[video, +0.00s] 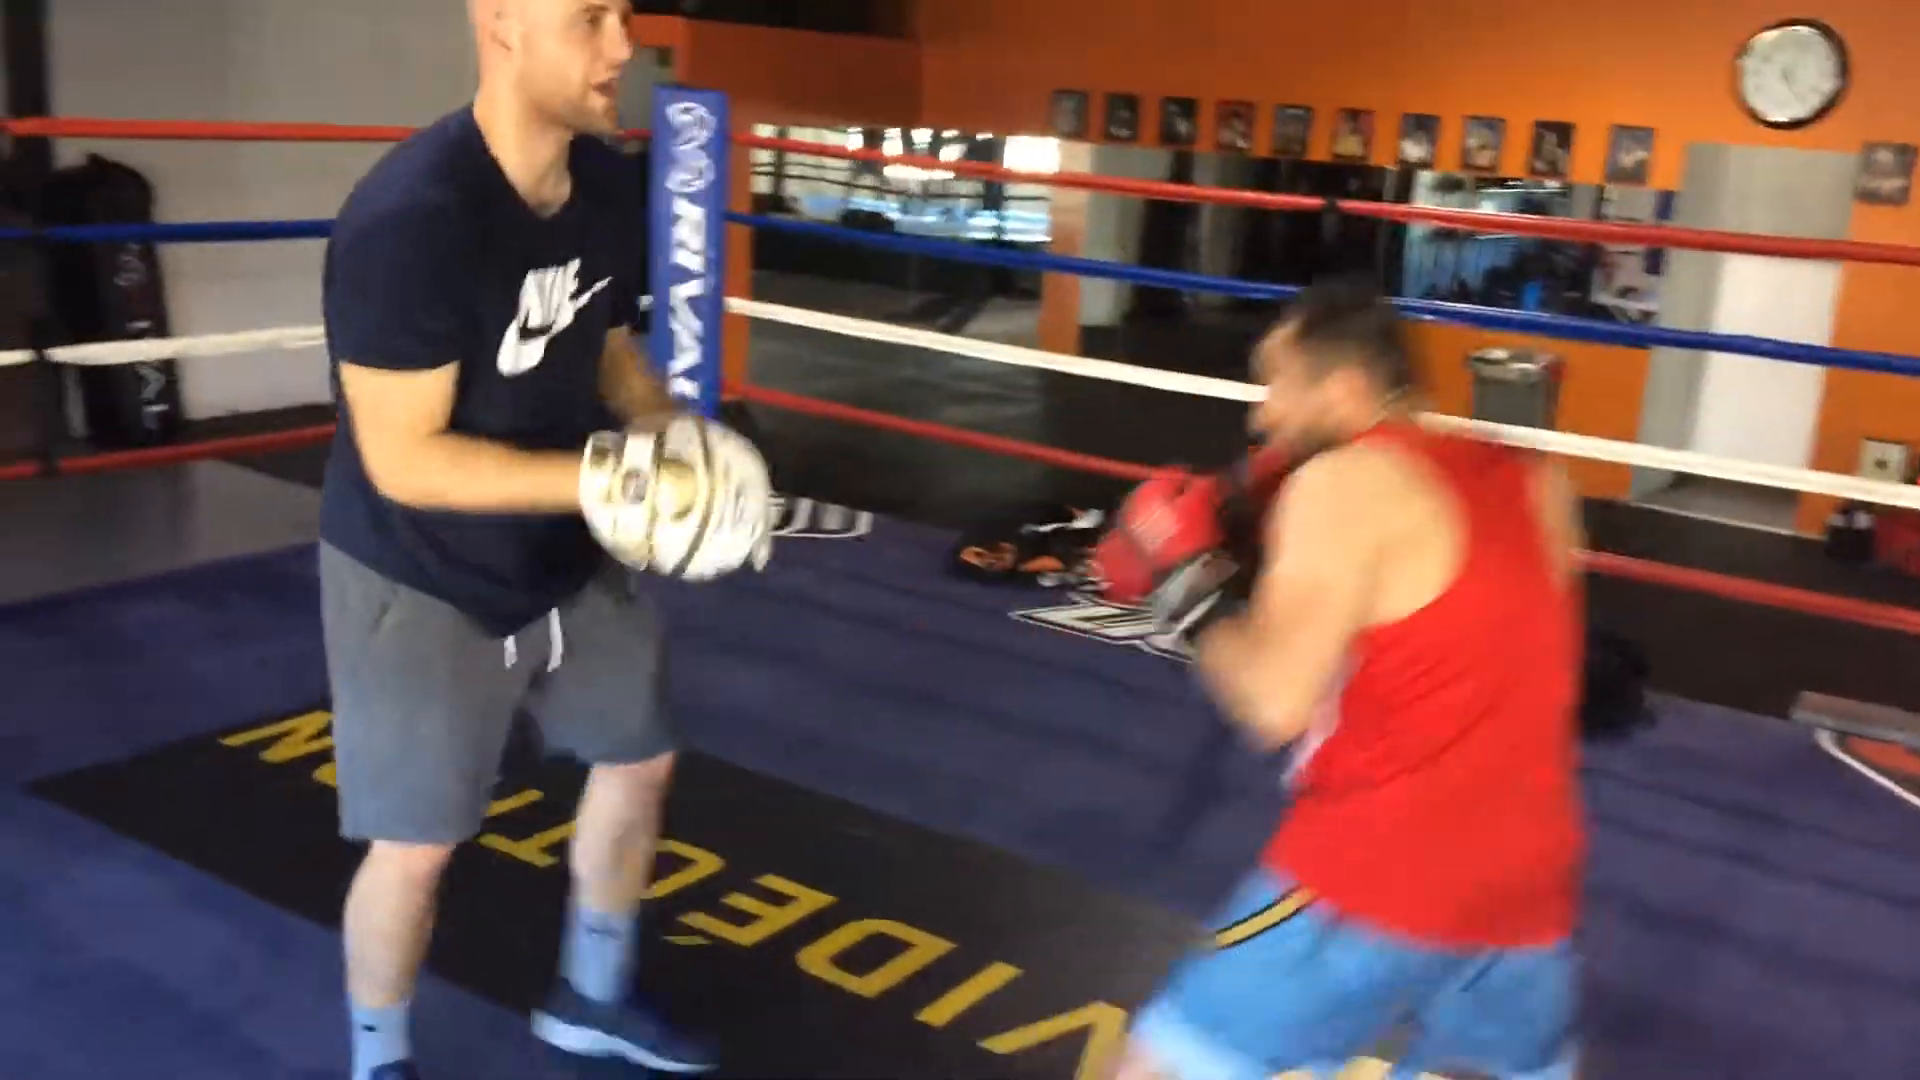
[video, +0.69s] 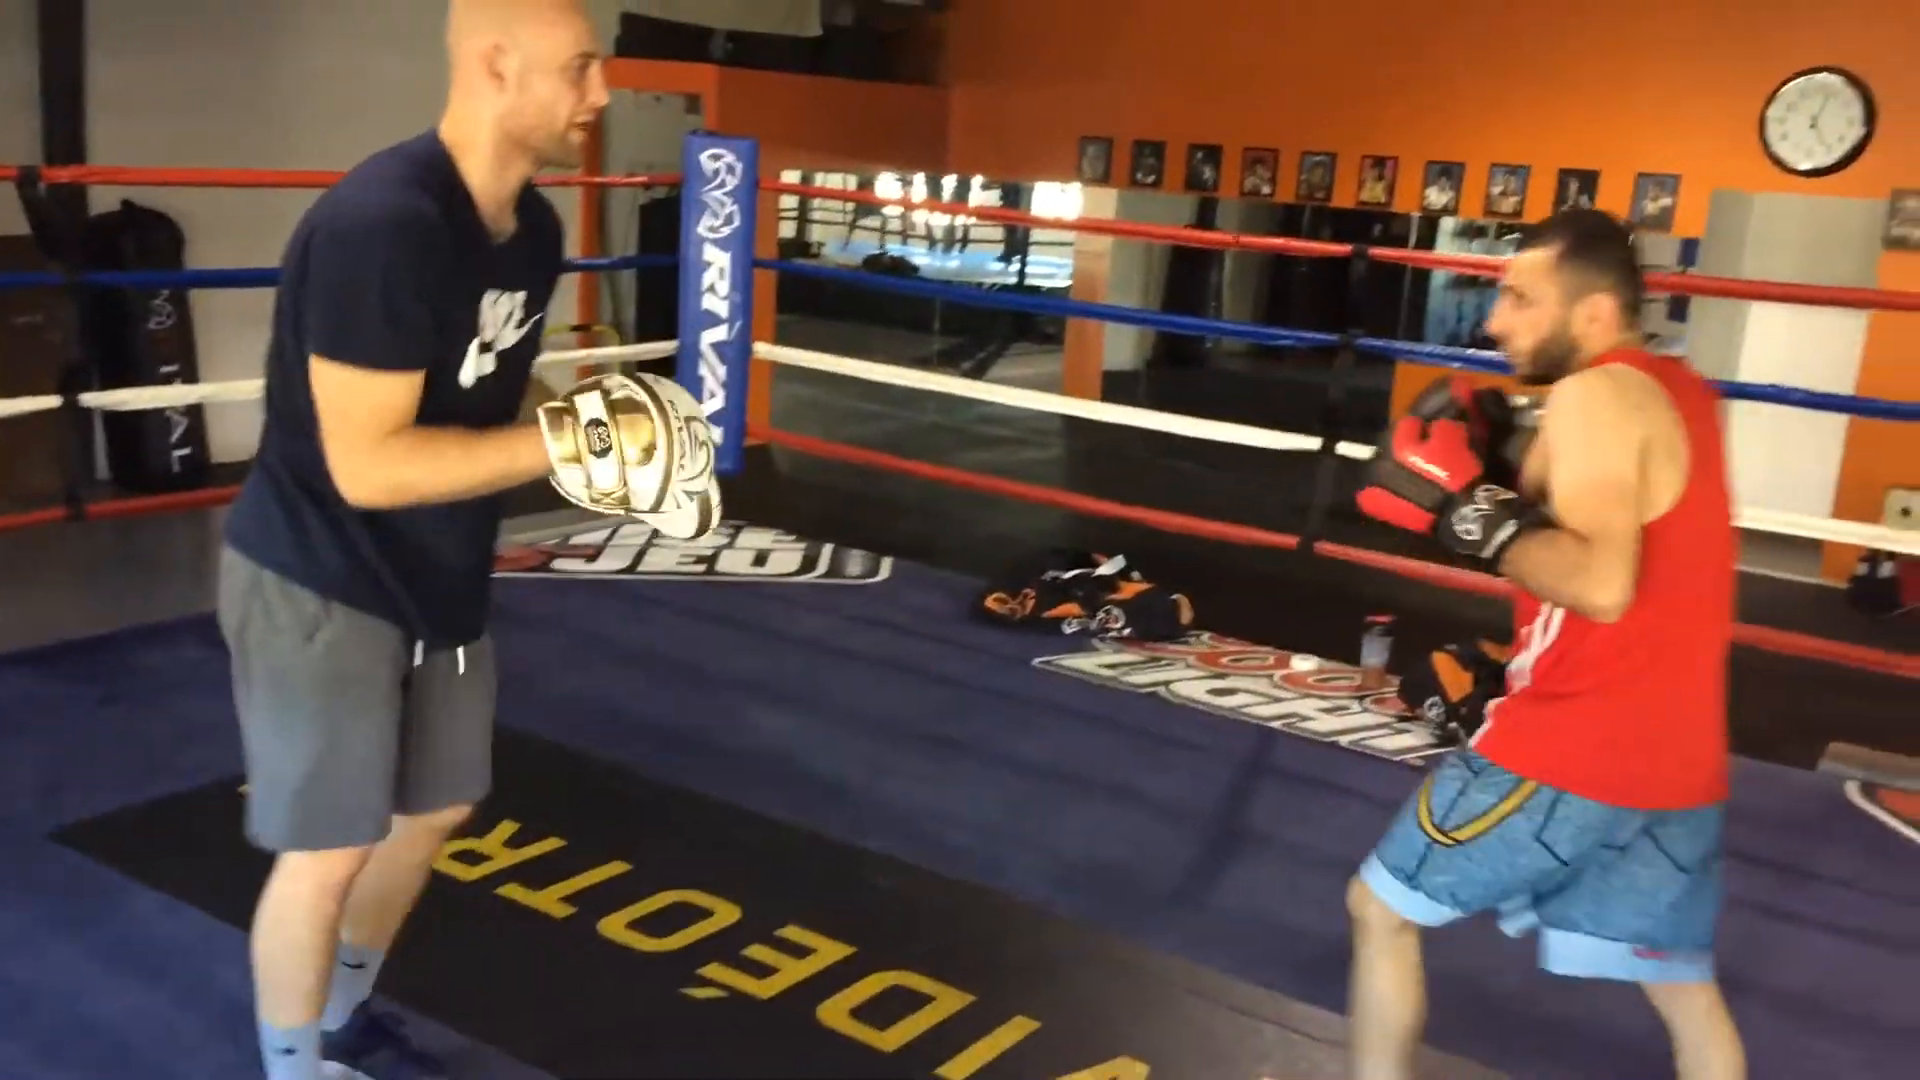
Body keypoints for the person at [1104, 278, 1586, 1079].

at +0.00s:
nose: (1262, 411)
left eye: (1275, 385)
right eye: (1263, 385)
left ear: (1342, 387)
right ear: (1381, 378)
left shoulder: (1341, 487)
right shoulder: (1528, 472)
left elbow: (1273, 702)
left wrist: (1189, 583)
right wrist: (1282, 522)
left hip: (1369, 889)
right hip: (1525, 893)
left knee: (1168, 1059)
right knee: (1518, 1069)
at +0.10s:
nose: (1366, 323)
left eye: (1381, 293)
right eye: (1368, 294)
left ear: (1454, 295)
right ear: (1483, 288)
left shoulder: (1452, 397)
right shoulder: (1621, 384)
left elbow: (1366, 605)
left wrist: (1284, 476)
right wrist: (1376, 437)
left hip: (1483, 805)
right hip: (1625, 808)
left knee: (1298, 1028)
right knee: (1578, 1038)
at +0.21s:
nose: (1460, 302)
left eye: (1476, 275)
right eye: (1463, 275)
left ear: (1553, 283)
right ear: (1571, 279)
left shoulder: (1535, 379)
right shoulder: (1726, 393)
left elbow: (1407, 573)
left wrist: (1351, 441)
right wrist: (1461, 419)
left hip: (1548, 811)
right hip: (1691, 807)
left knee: (1473, 1051)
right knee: (1658, 1017)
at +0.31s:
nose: (1536, 348)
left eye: (1553, 323)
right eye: (1541, 322)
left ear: (1631, 337)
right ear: (1658, 338)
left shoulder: (1586, 434)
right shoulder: (1787, 462)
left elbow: (1424, 605)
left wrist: (1394, 483)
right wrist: (1497, 478)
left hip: (1592, 888)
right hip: (1732, 879)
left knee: (1578, 1058)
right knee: (1713, 1035)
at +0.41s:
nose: (1568, 370)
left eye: (1589, 345)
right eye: (1576, 343)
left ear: (1664, 361)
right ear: (1692, 362)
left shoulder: (1624, 456)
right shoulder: (1811, 474)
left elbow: (1501, 639)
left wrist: (1440, 523)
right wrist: (1553, 515)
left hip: (1605, 885)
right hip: (1742, 880)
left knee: (1591, 1062)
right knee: (1724, 1060)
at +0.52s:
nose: (1569, 348)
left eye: (1591, 324)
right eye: (1576, 321)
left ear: (1667, 340)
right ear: (1682, 342)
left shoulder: (1635, 430)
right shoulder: (1798, 442)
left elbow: (1599, 622)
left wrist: (1493, 549)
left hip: (1619, 806)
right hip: (1743, 803)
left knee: (1480, 1037)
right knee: (1719, 1022)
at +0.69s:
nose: (1496, 319)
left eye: (1520, 298)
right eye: (1502, 295)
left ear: (1596, 313)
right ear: (1600, 315)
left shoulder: (1593, 399)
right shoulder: (1683, 391)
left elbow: (1601, 582)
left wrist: (1470, 513)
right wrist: (1507, 447)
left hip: (1568, 753)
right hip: (1681, 764)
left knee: (1383, 905)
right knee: (1683, 985)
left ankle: (1379, 1072)